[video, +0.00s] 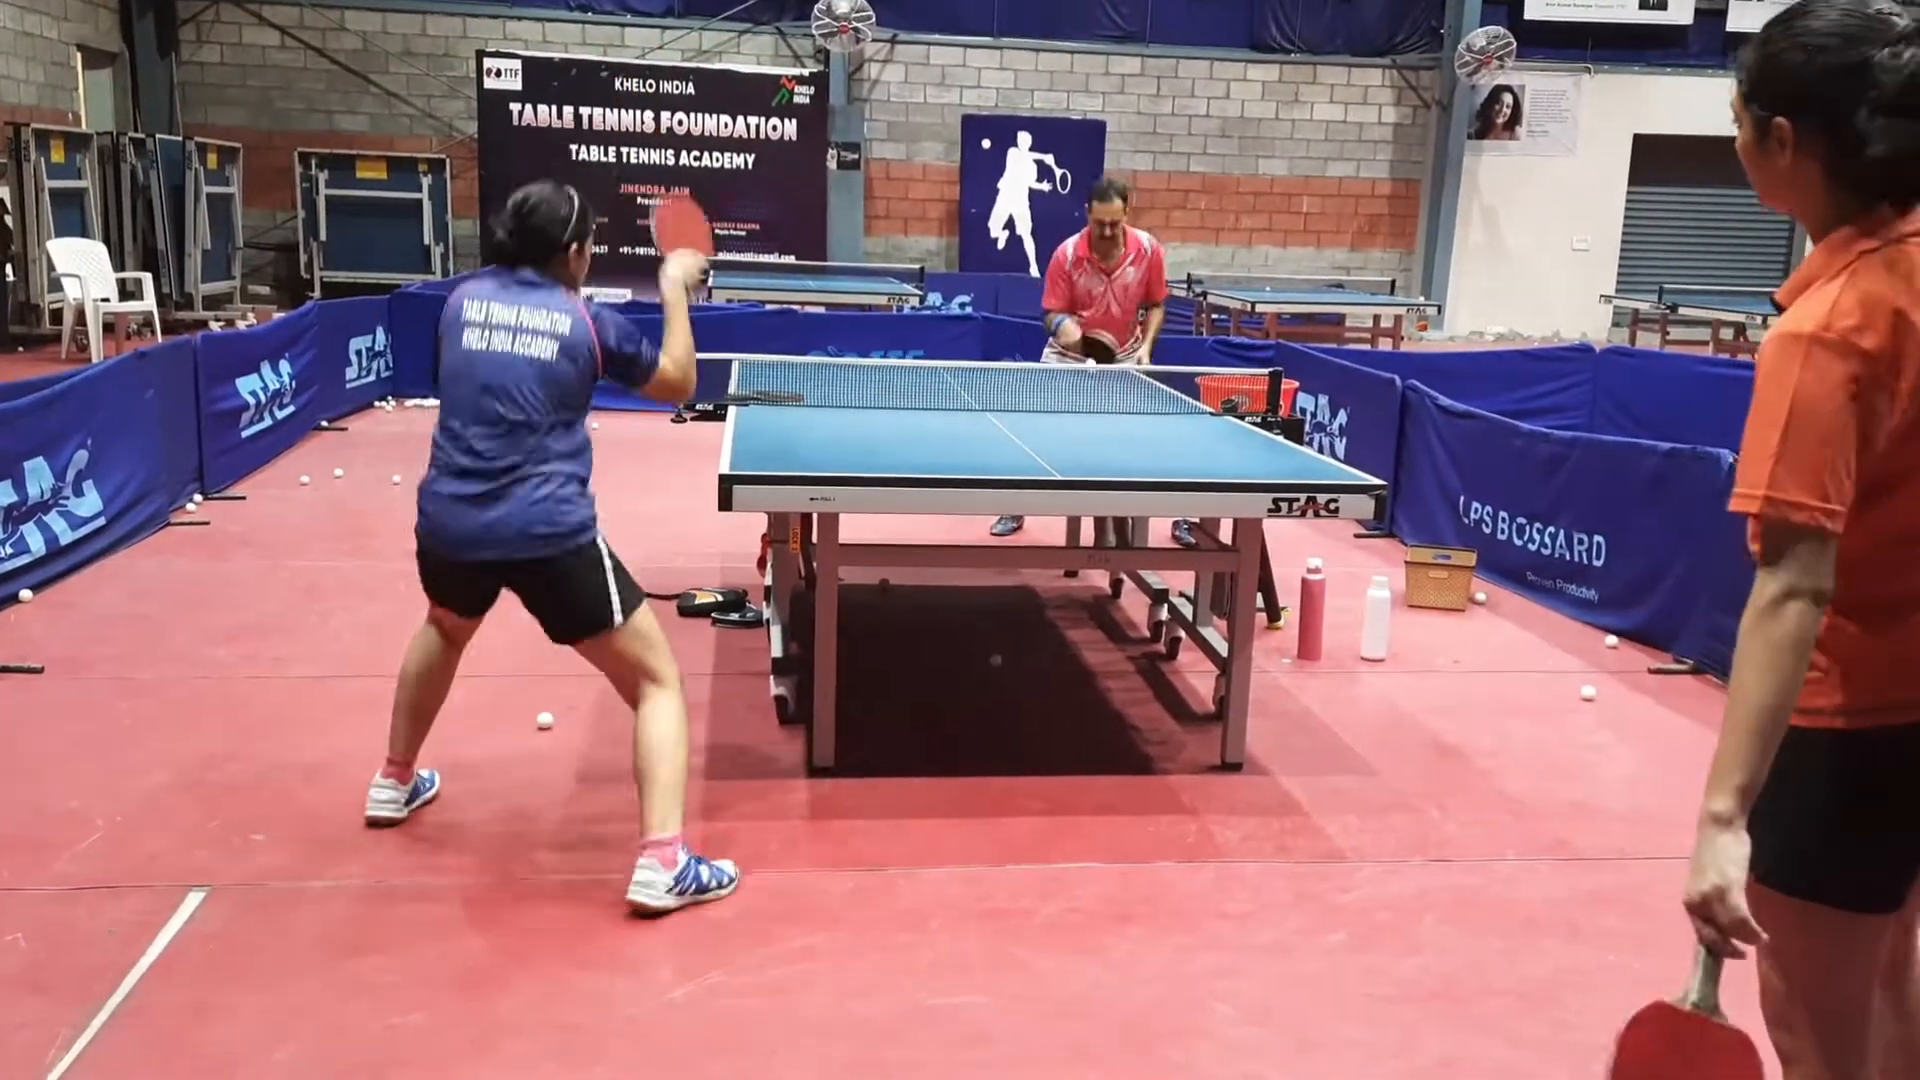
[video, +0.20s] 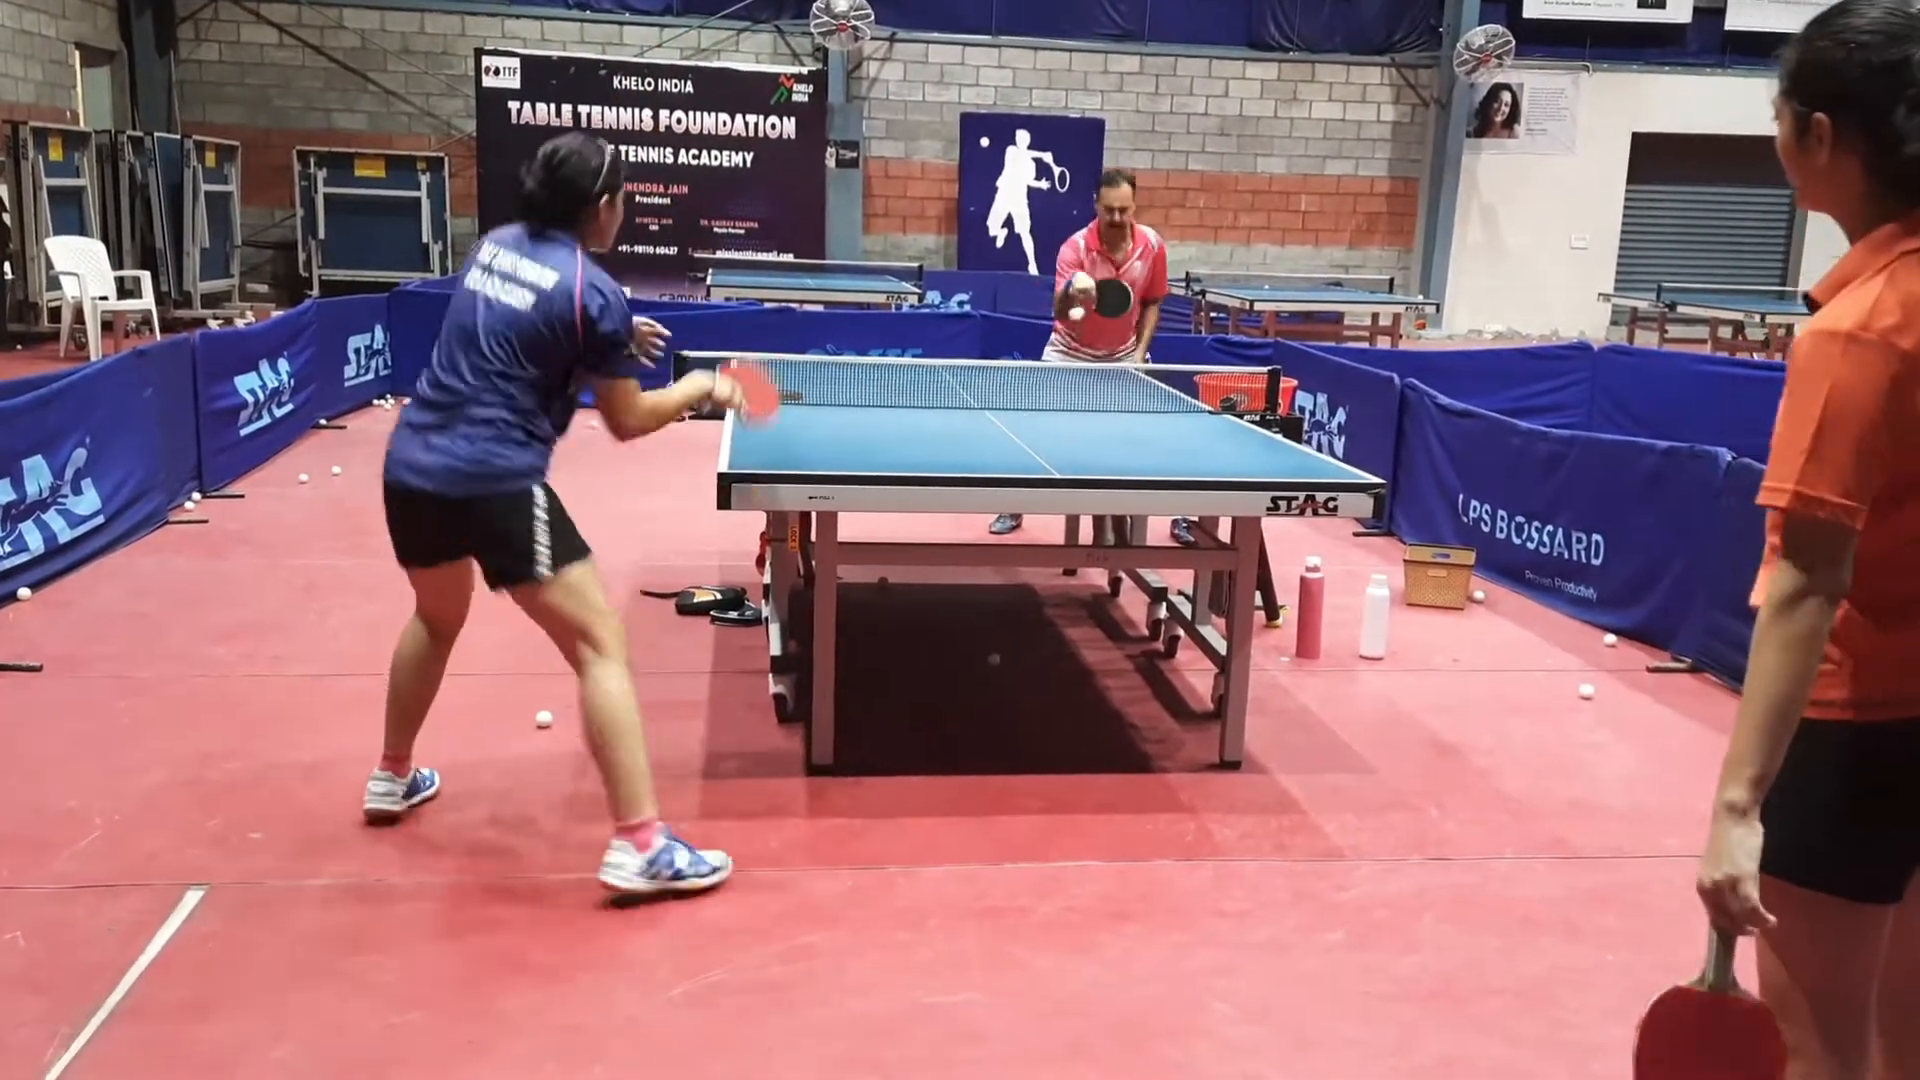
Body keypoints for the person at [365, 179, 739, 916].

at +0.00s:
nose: (589, 253)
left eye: (586, 241)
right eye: (586, 243)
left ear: (508, 243)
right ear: (571, 252)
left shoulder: (459, 301)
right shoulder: (587, 322)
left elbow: (462, 378)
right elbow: (678, 382)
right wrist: (674, 285)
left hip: (451, 528)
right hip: (550, 535)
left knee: (444, 628)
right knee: (654, 679)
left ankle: (392, 781)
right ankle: (664, 857)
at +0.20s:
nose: (623, 209)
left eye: (622, 197)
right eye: (619, 197)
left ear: (542, 195)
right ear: (596, 206)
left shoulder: (498, 244)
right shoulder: (594, 296)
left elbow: (533, 326)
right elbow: (628, 417)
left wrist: (615, 333)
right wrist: (701, 391)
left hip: (411, 472)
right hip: (500, 483)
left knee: (436, 615)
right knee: (598, 645)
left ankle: (390, 776)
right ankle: (643, 840)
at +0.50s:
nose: (660, 312)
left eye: (660, 299)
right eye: (656, 299)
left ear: (605, 299)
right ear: (626, 305)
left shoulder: (602, 362)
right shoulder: (532, 370)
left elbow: (603, 445)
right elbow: (465, 491)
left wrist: (655, 474)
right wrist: (552, 570)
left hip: (460, 513)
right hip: (428, 520)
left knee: (466, 655)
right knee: (571, 658)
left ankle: (339, 760)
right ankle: (536, 852)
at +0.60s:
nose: (649, 344)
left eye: (649, 330)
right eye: (645, 331)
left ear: (601, 333)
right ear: (612, 336)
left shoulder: (595, 391)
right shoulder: (514, 397)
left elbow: (598, 466)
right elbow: (446, 515)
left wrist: (643, 496)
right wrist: (531, 594)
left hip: (452, 524)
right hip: (413, 529)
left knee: (474, 666)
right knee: (561, 659)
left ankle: (336, 762)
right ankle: (535, 854)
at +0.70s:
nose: (642, 331)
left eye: (642, 318)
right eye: (638, 319)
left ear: (585, 318)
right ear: (604, 329)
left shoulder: (555, 345)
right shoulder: (523, 400)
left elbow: (600, 411)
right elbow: (493, 527)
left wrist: (665, 424)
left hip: (425, 504)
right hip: (413, 520)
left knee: (466, 648)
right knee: (558, 651)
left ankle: (337, 752)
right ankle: (531, 853)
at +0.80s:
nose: (637, 299)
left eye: (637, 286)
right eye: (632, 290)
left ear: (578, 280)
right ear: (602, 298)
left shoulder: (529, 292)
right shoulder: (549, 382)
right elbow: (515, 503)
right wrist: (605, 524)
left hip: (384, 475)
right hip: (421, 500)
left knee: (462, 605)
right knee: (561, 653)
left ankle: (366, 715)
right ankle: (532, 850)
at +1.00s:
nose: (604, 273)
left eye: (605, 260)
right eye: (596, 261)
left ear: (546, 258)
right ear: (553, 261)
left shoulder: (476, 280)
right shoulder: (540, 349)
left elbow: (403, 369)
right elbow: (551, 477)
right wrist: (659, 529)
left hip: (367, 483)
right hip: (417, 500)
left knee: (449, 601)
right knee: (535, 652)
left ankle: (411, 744)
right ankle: (530, 849)